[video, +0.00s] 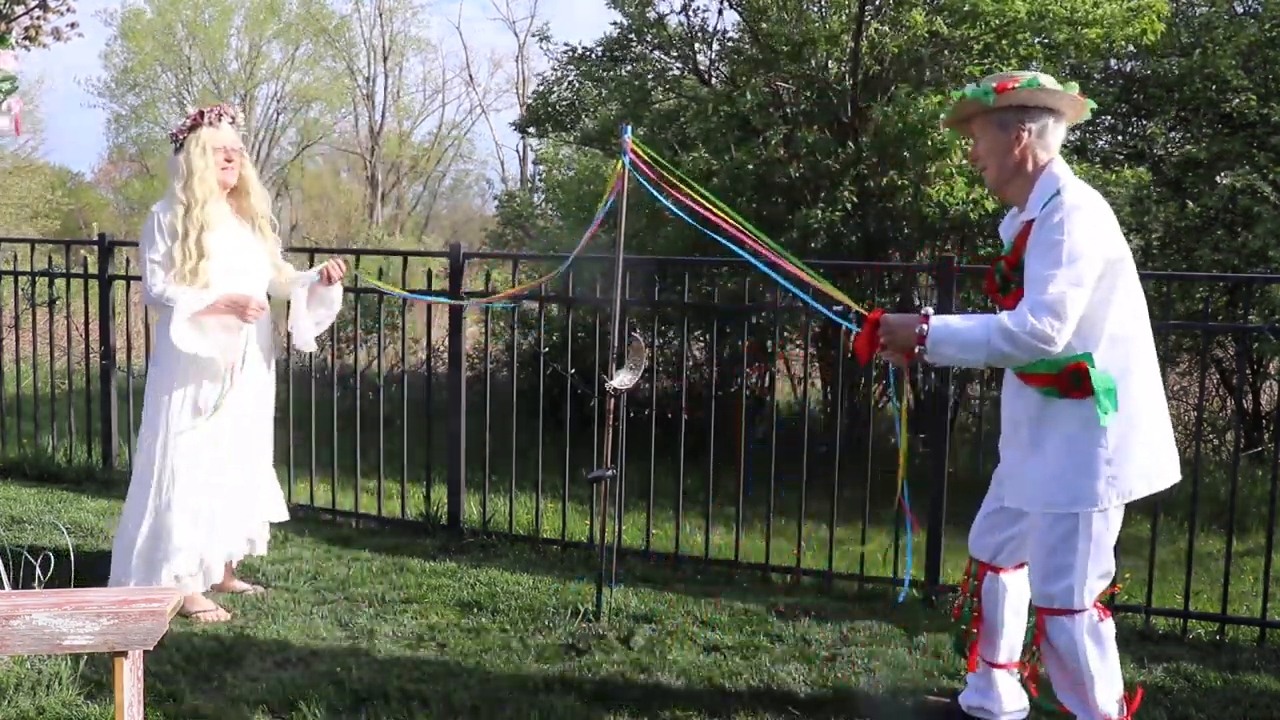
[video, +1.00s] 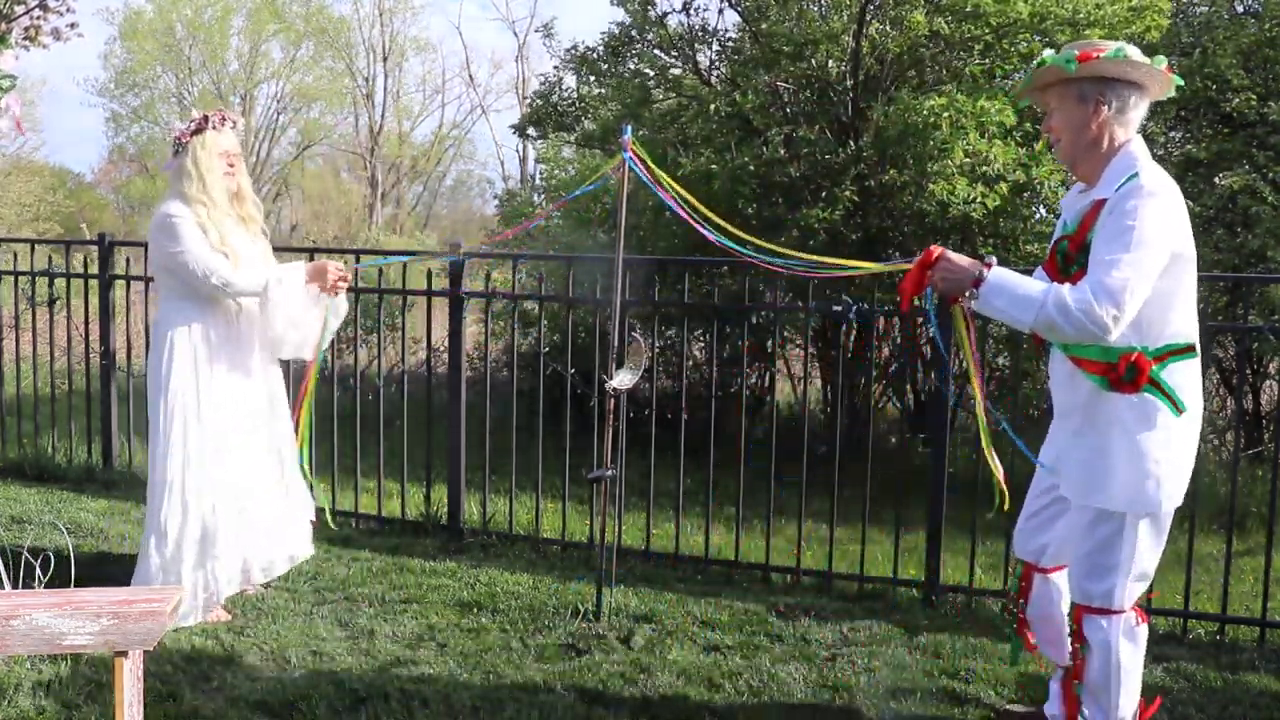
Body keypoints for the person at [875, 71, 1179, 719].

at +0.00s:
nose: (970, 156)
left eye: (977, 139)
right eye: (969, 142)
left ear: (1024, 137)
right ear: (1020, 140)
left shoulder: (1072, 215)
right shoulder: (1030, 220)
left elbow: (1045, 331)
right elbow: (1023, 331)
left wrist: (927, 331)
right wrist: (927, 343)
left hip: (1086, 444)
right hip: (1037, 438)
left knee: (1067, 598)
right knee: (996, 557)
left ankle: (1100, 711)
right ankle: (992, 700)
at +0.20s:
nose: (998, 146)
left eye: (1005, 130)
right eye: (996, 133)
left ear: (1052, 128)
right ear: (1049, 131)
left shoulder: (1097, 206)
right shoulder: (1053, 208)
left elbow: (1065, 319)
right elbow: (1039, 312)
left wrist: (947, 302)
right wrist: (945, 301)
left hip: (1101, 444)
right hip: (1053, 436)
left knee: (1078, 595)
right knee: (1018, 561)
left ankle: (1102, 711)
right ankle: (994, 699)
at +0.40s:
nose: (1016, 141)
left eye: (1023, 125)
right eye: (1014, 128)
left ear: (1074, 119)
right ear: (1069, 124)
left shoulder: (1121, 201)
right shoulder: (1061, 205)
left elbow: (1081, 308)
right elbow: (1043, 308)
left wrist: (964, 271)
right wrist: (956, 283)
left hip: (1121, 439)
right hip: (1065, 430)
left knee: (1100, 595)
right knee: (1018, 546)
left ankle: (1109, 710)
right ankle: (1017, 693)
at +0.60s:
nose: (1025, 150)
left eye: (1033, 134)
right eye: (1023, 136)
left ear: (1083, 132)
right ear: (1076, 136)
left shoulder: (1136, 217)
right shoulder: (1063, 216)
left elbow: (1110, 334)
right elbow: (1059, 324)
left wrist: (985, 322)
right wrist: (983, 333)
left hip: (1135, 451)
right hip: (1076, 439)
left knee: (1078, 606)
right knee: (1032, 581)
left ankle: (1102, 713)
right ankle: (1074, 703)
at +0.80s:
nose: (1038, 149)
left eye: (1045, 132)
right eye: (1035, 135)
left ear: (1096, 125)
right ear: (1087, 130)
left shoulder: (1142, 211)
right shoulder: (1078, 212)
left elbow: (1100, 327)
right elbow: (1062, 315)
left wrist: (979, 305)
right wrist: (974, 302)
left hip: (1131, 450)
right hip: (1081, 441)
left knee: (1079, 605)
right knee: (1035, 566)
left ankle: (1090, 712)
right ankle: (1083, 700)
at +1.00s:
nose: (1045, 129)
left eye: (1053, 113)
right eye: (1043, 116)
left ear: (1102, 112)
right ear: (1090, 115)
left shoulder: (1145, 198)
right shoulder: (1085, 197)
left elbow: (1103, 311)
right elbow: (1064, 308)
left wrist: (984, 280)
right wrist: (977, 285)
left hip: (1135, 428)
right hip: (1083, 420)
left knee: (1105, 591)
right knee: (1039, 557)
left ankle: (1104, 713)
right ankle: (1073, 698)